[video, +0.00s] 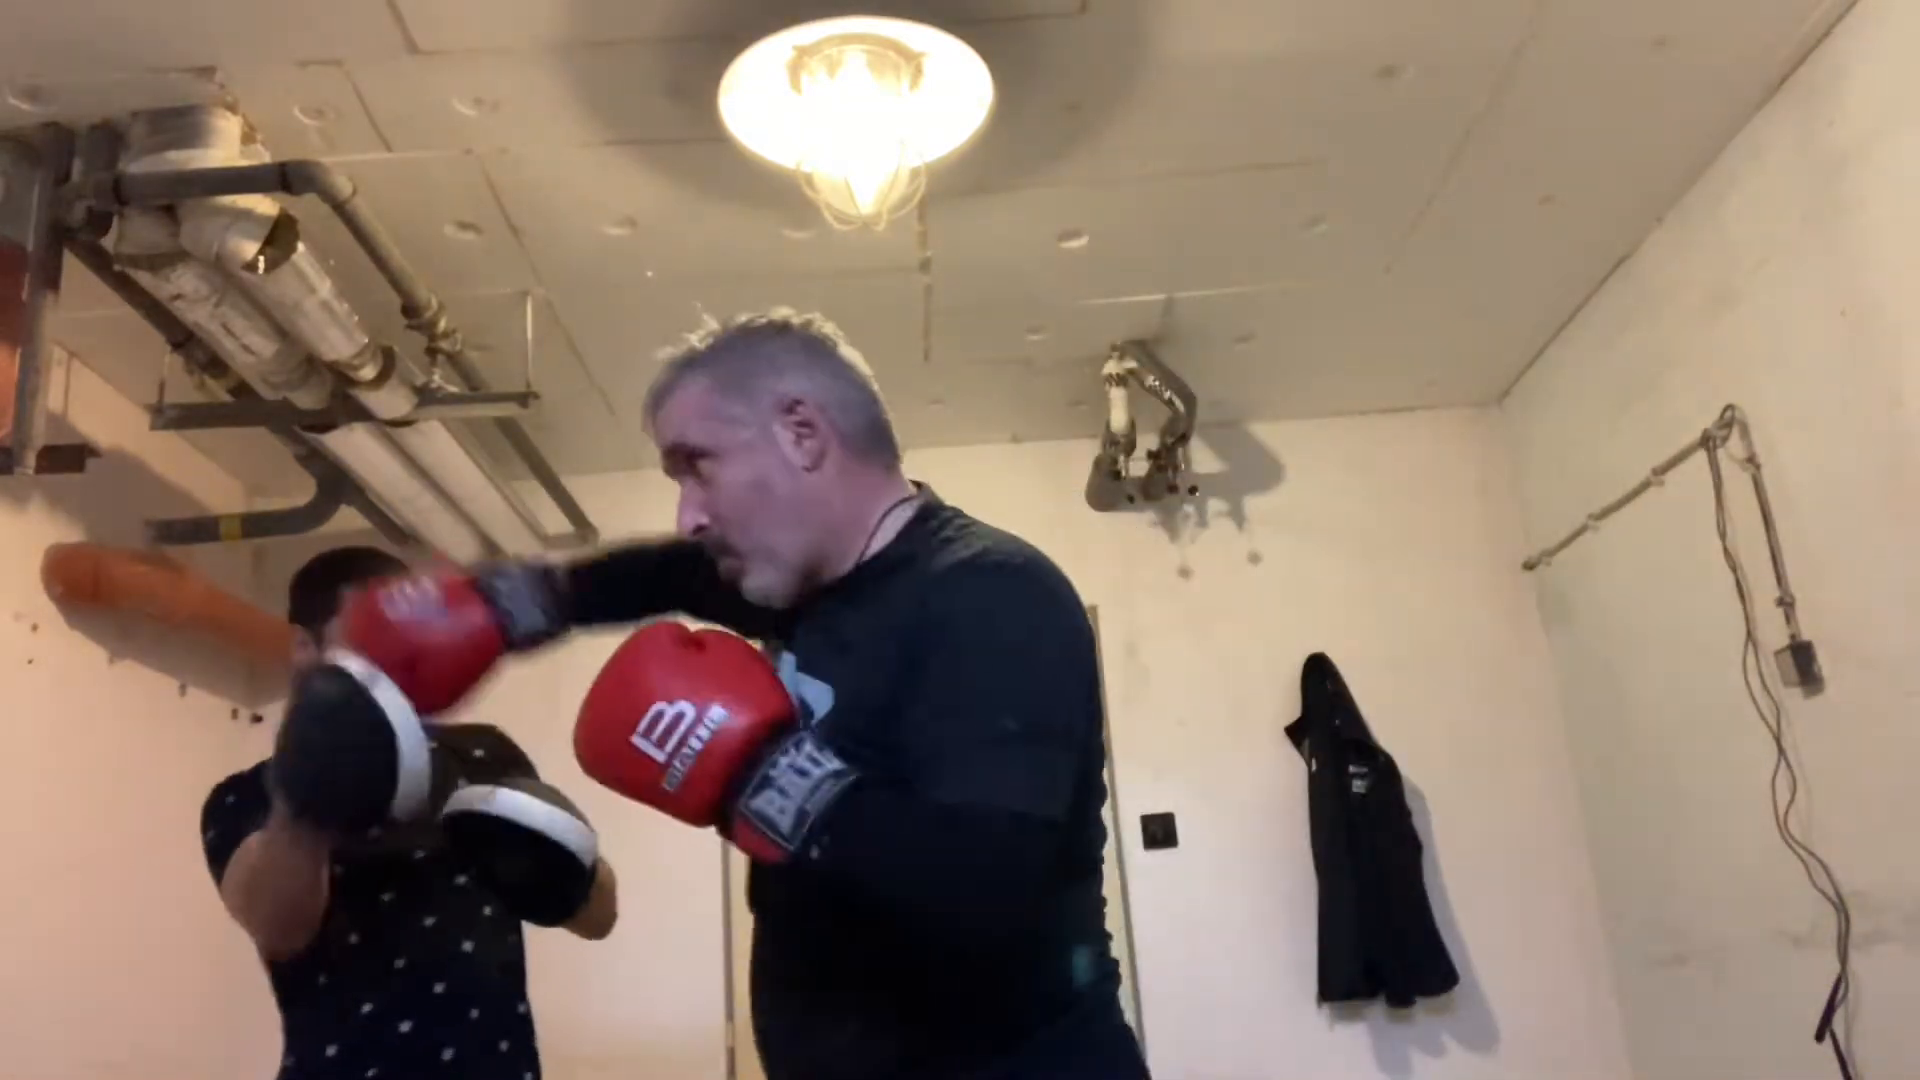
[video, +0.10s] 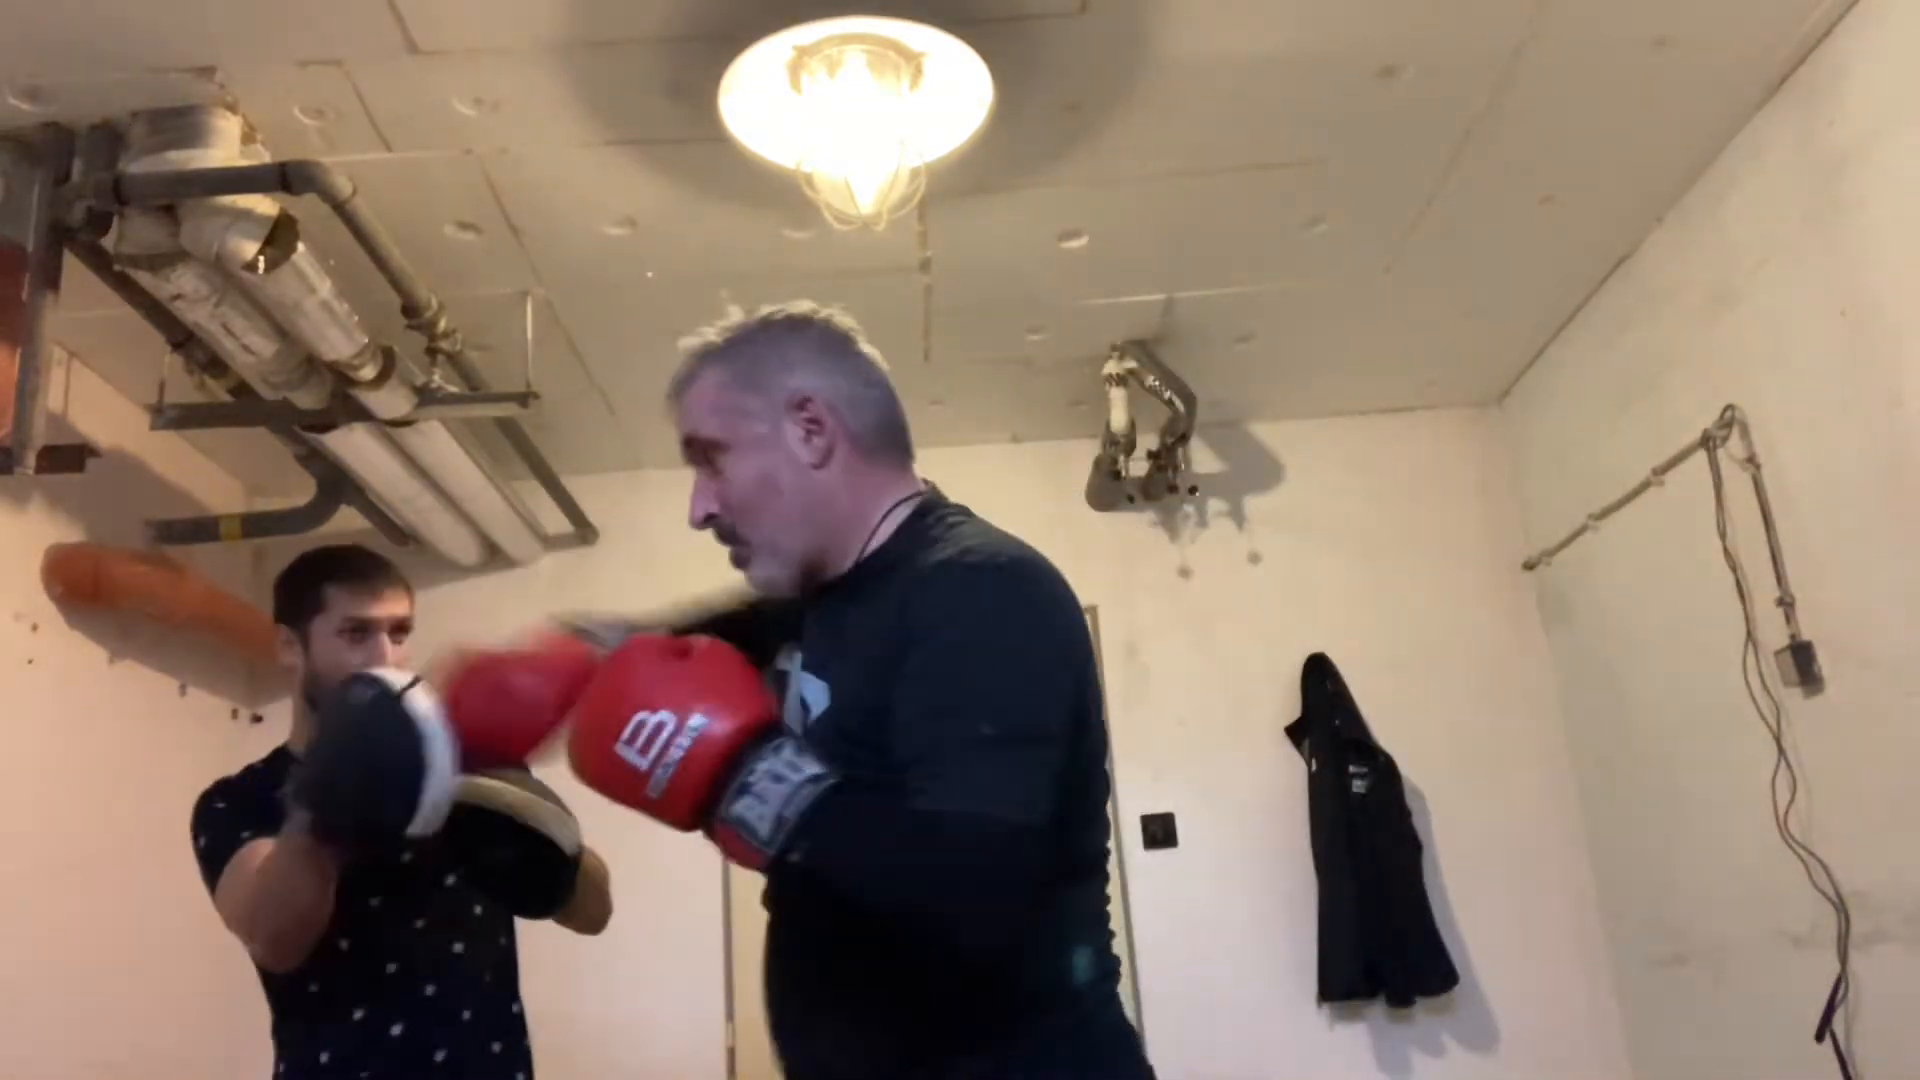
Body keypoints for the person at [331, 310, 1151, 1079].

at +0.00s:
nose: (688, 512)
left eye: (698, 467)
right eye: (678, 477)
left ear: (802, 437)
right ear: (798, 445)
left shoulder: (996, 603)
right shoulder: (815, 587)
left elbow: (994, 898)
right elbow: (677, 574)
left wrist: (770, 773)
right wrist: (507, 603)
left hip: (1008, 1061)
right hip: (834, 1054)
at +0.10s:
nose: (700, 509)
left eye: (711, 460)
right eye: (697, 469)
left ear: (812, 434)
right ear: (811, 435)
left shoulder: (987, 596)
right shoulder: (838, 604)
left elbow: (983, 895)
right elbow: (687, 653)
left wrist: (749, 776)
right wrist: (589, 662)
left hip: (1012, 1066)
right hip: (856, 1059)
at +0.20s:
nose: (722, 499)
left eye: (732, 453)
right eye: (723, 459)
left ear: (815, 438)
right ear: (816, 438)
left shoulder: (928, 589)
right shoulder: (925, 573)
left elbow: (925, 881)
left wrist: (719, 799)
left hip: (991, 1056)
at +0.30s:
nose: (782, 505)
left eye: (789, 466)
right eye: (781, 470)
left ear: (849, 450)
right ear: (948, 453)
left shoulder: (892, 596)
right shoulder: (1060, 578)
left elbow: (880, 870)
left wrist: (684, 845)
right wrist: (846, 741)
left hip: (989, 1051)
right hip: (1152, 1034)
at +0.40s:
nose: (910, 518)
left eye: (913, 484)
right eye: (909, 486)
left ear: (957, 470)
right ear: (1060, 472)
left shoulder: (956, 605)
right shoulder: (1192, 602)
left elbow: (869, 824)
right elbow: (1205, 841)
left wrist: (710, 960)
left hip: (1053, 1046)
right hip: (1246, 1040)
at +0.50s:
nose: (1006, 541)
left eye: (1011, 506)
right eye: (1005, 510)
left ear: (1055, 495)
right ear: (1158, 500)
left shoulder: (1041, 626)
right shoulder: (1284, 616)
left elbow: (961, 841)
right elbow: (1369, 820)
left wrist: (826, 1012)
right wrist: (1400, 985)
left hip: (1147, 1044)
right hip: (1341, 1040)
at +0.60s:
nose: (1080, 550)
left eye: (1085, 518)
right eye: (1078, 520)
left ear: (1134, 502)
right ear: (1229, 505)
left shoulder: (1120, 609)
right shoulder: (1370, 618)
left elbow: (1081, 845)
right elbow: (1395, 847)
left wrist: (980, 1021)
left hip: (1226, 1042)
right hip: (1431, 1040)